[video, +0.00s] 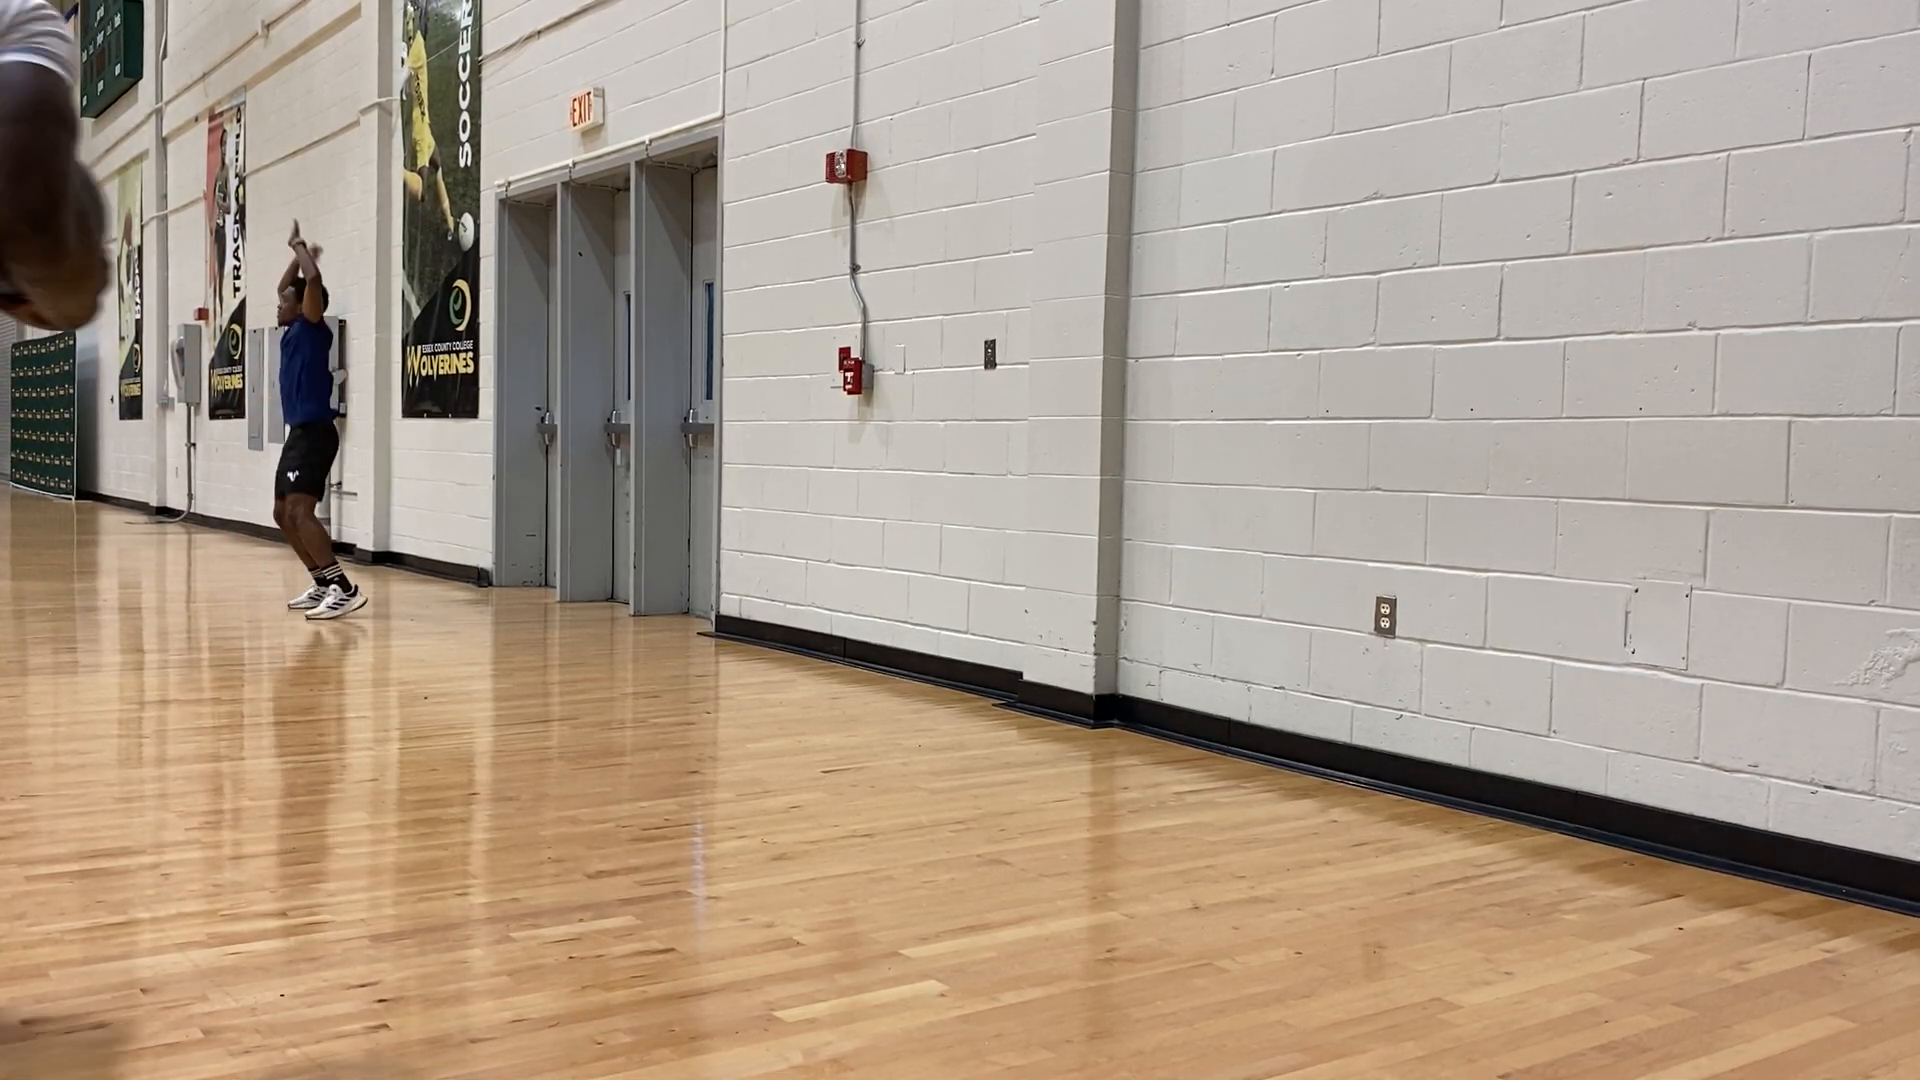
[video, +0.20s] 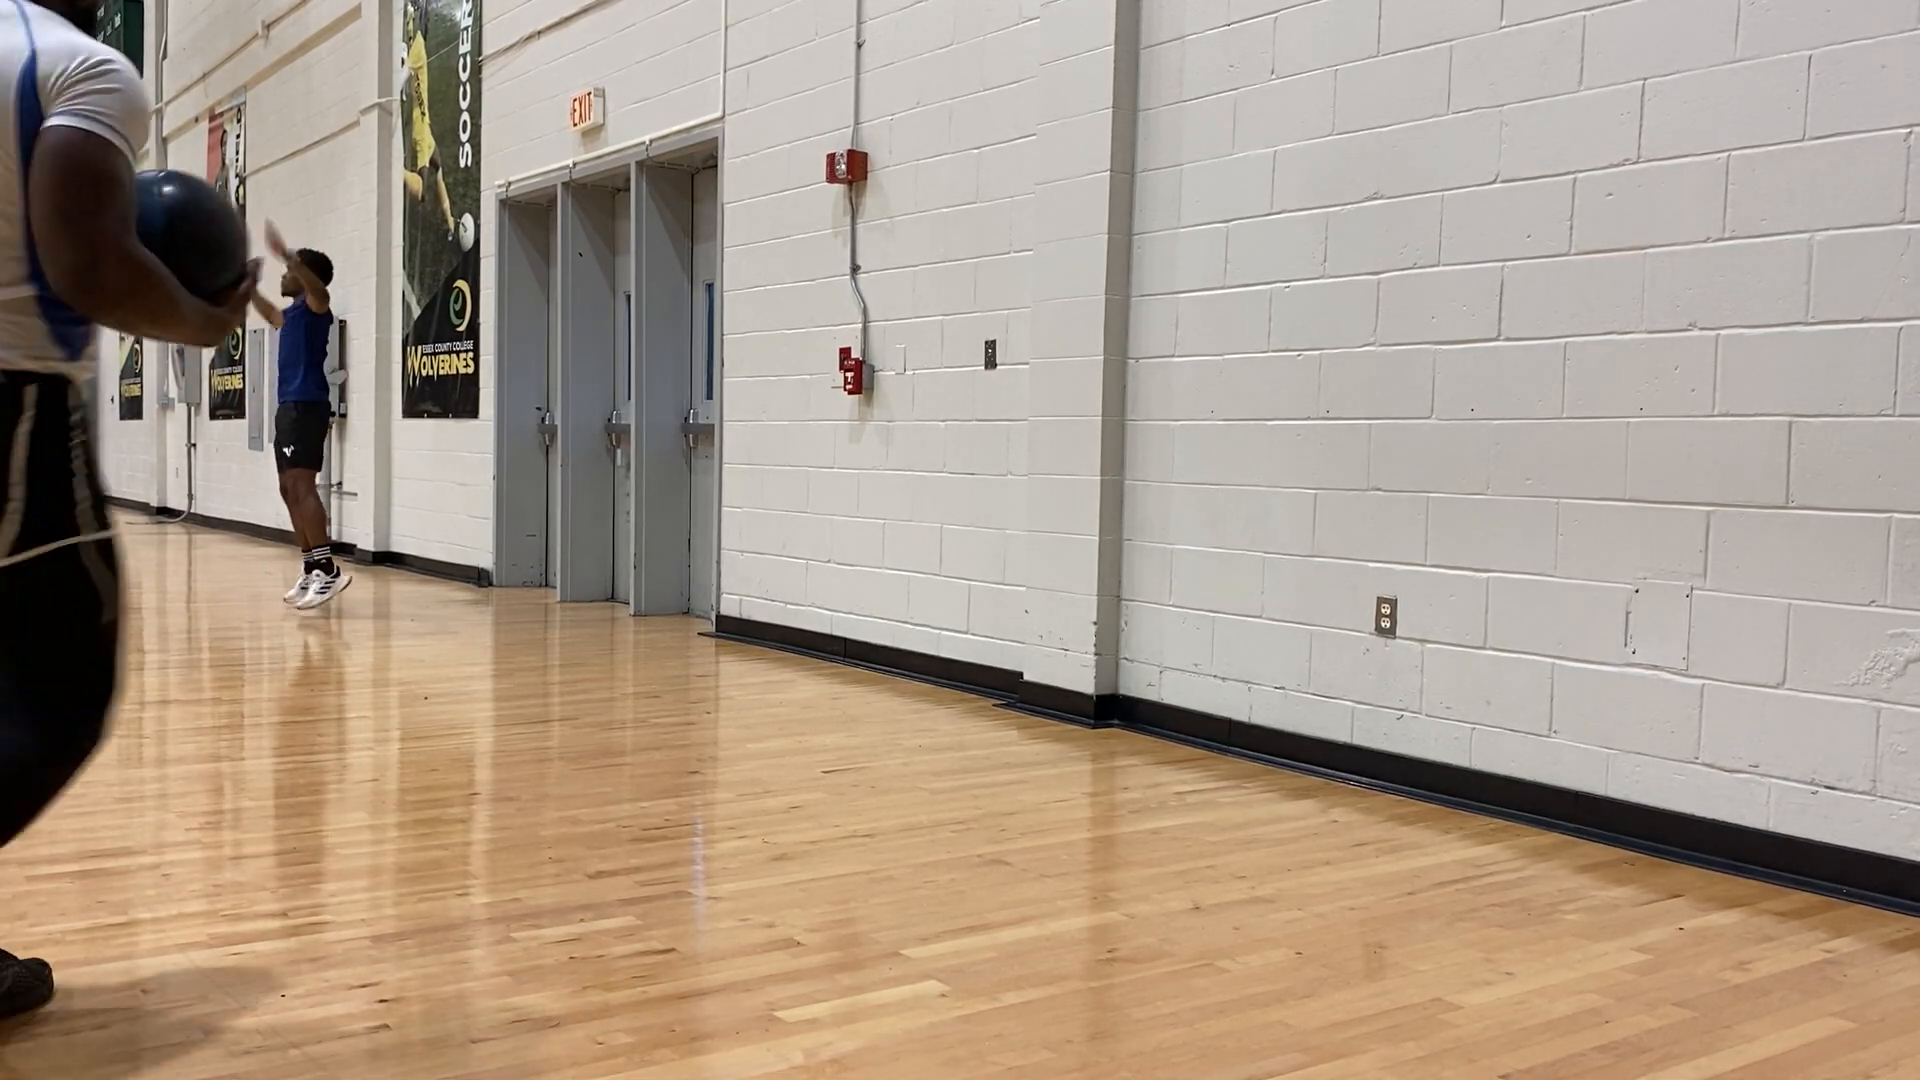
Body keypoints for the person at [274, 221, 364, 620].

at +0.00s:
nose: (283, 302)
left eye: (290, 298)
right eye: (285, 295)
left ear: (305, 304)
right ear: (288, 303)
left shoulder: (313, 329)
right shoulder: (291, 331)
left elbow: (313, 290)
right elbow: (284, 290)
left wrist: (306, 261)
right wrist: (300, 258)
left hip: (316, 432)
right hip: (299, 432)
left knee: (298, 511)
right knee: (282, 514)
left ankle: (342, 587)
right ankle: (322, 584)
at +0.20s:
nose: (284, 271)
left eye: (292, 267)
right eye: (287, 266)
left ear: (308, 277)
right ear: (296, 277)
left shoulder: (315, 308)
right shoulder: (289, 312)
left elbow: (316, 287)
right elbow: (272, 314)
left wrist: (288, 256)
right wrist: (249, 289)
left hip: (308, 407)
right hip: (289, 408)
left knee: (302, 487)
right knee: (288, 489)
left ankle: (327, 571)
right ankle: (311, 570)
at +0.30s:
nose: (286, 275)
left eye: (291, 270)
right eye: (289, 269)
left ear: (302, 277)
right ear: (306, 279)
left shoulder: (310, 304)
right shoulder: (294, 313)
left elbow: (325, 337)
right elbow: (281, 360)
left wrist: (288, 342)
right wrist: (242, 356)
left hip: (304, 407)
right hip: (288, 407)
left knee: (292, 489)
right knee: (288, 490)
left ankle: (317, 573)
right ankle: (311, 572)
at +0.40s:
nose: (275, 302)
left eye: (280, 295)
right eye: (277, 295)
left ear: (290, 299)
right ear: (293, 300)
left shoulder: (306, 331)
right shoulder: (288, 336)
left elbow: (326, 383)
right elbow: (288, 399)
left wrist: (294, 417)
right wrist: (259, 425)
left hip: (307, 428)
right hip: (290, 427)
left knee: (279, 506)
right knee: (276, 507)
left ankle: (320, 584)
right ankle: (318, 584)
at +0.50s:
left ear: (299, 305)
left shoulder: (303, 339)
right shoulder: (288, 338)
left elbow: (321, 387)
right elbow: (294, 385)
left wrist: (288, 418)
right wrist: (276, 417)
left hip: (305, 432)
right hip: (290, 430)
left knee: (283, 507)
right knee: (281, 506)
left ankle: (321, 585)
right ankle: (313, 584)